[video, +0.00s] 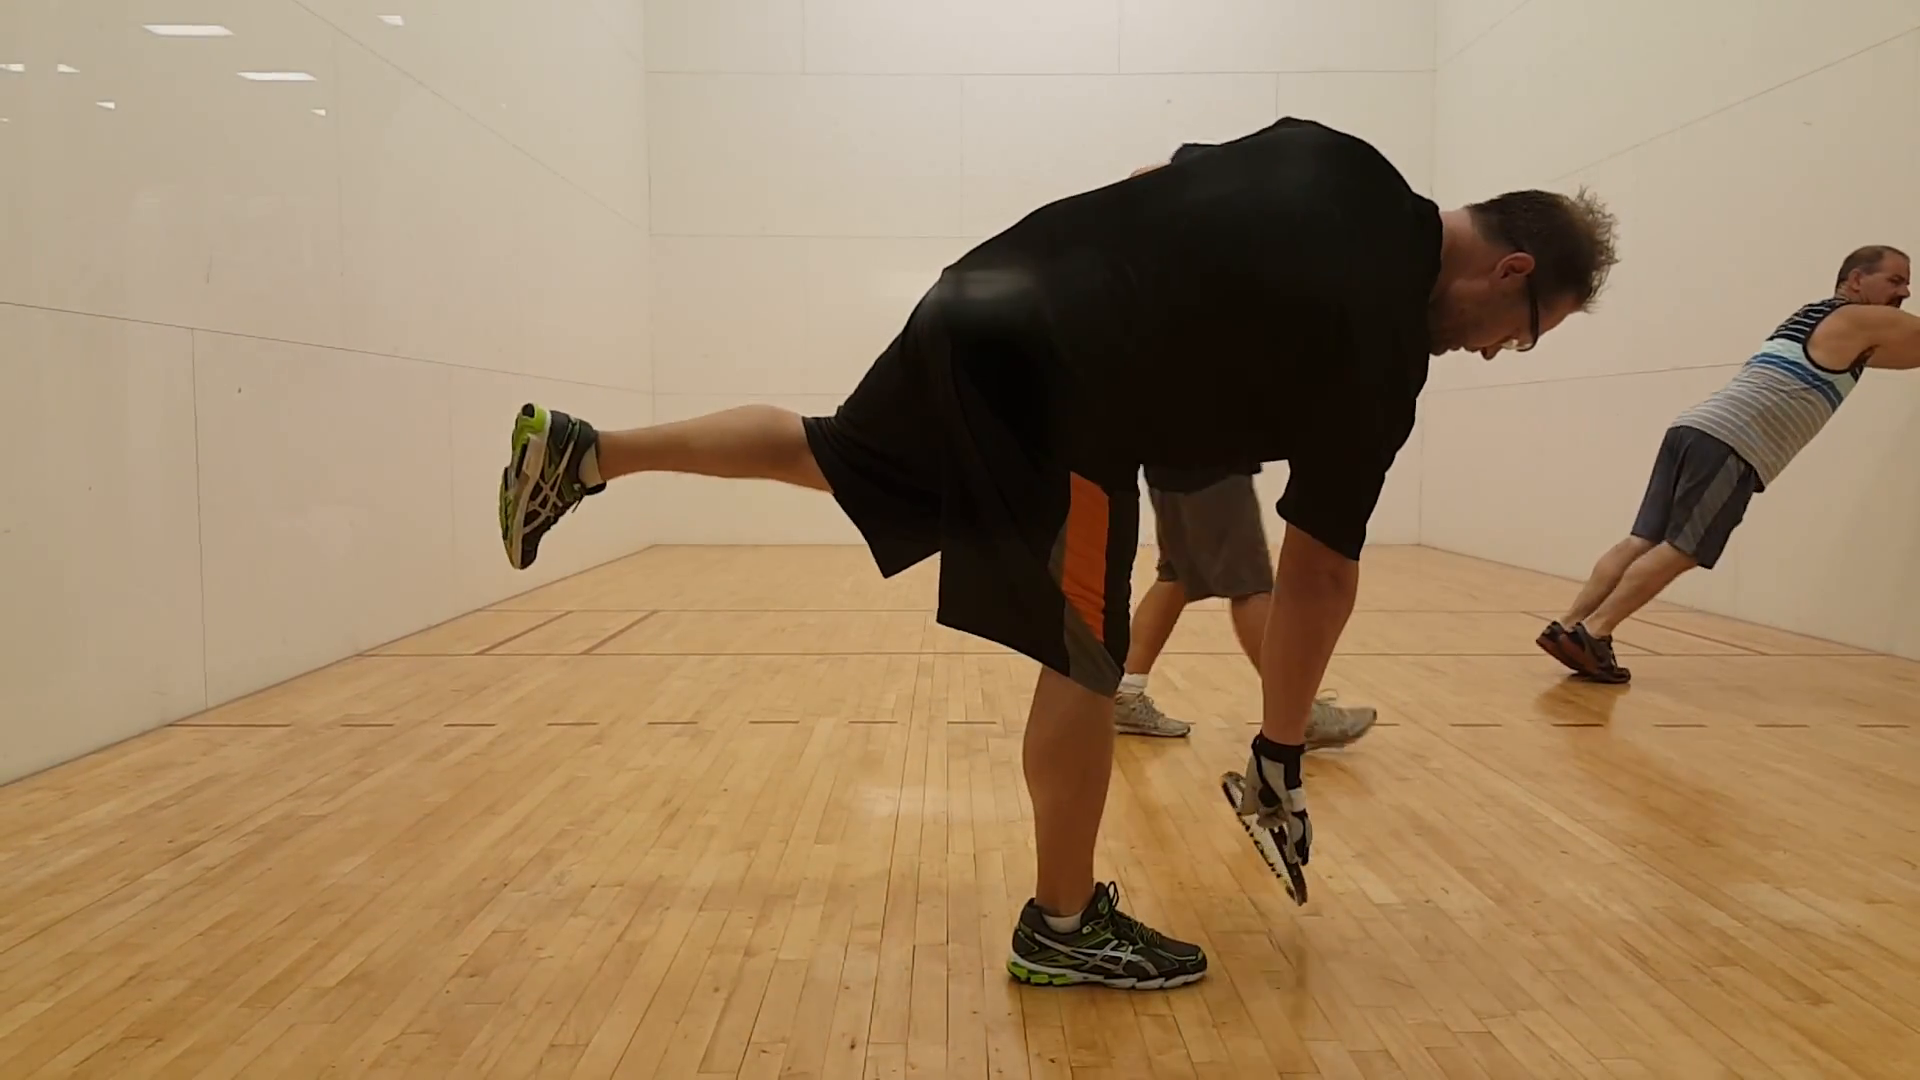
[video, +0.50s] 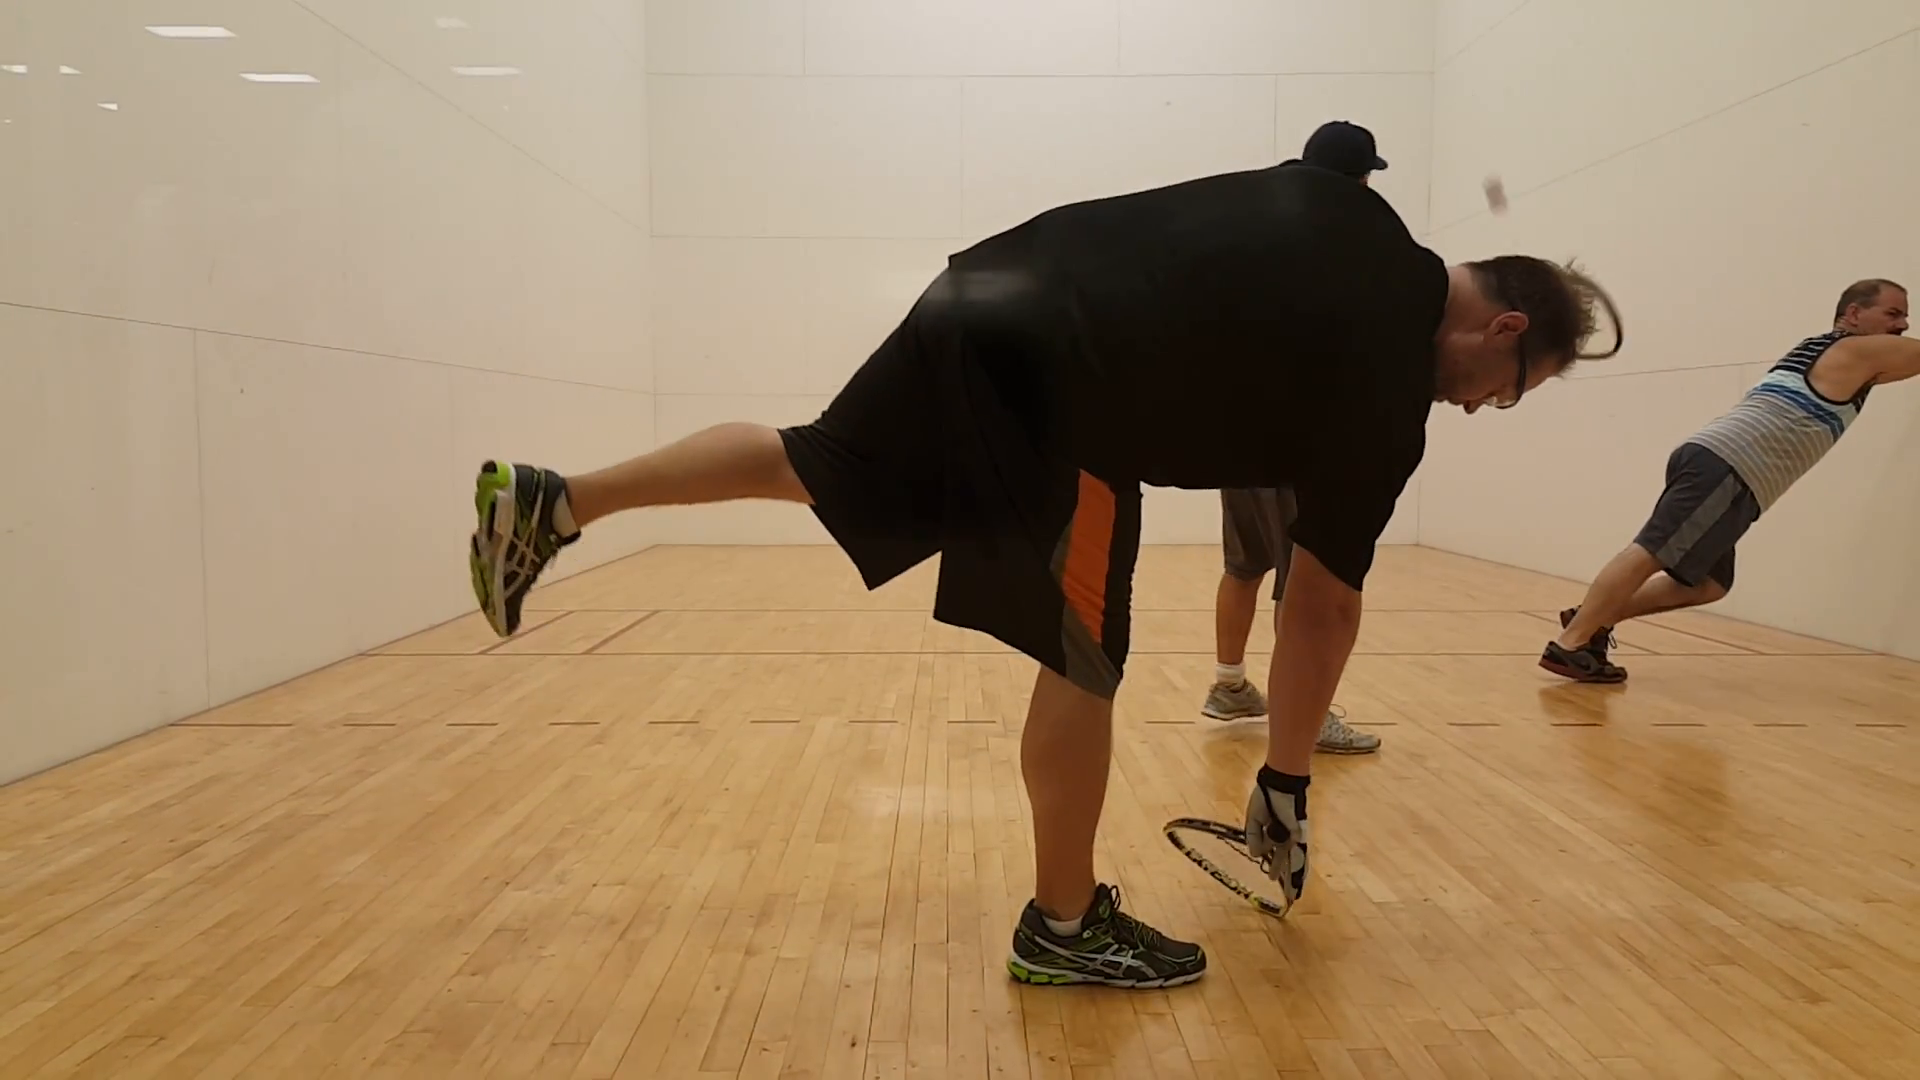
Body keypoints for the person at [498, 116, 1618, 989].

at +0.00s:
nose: (1496, 352)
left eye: (1518, 339)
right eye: (1520, 329)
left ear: (1479, 229)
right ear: (1506, 267)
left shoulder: (1329, 155)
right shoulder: (1382, 348)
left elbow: (1153, 183)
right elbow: (1314, 574)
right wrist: (1279, 753)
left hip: (982, 296)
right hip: (1067, 385)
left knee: (840, 455)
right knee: (1089, 646)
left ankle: (585, 451)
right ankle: (1063, 921)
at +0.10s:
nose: (1494, 365)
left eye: (1515, 353)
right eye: (1517, 342)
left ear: (1481, 245)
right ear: (1505, 279)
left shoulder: (1331, 168)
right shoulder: (1380, 356)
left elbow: (1189, 250)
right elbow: (1316, 585)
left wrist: (1231, 508)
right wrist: (1281, 757)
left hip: (978, 302)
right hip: (1064, 391)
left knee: (843, 466)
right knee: (1103, 658)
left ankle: (584, 468)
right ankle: (1064, 923)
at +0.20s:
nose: (1491, 379)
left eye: (1513, 367)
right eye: (1514, 355)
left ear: (1481, 259)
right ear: (1504, 291)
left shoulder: (1328, 184)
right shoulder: (1382, 369)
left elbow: (1192, 236)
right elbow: (1315, 590)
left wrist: (1238, 474)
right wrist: (1280, 767)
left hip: (978, 310)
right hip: (1070, 398)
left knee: (842, 478)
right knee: (1100, 664)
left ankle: (586, 502)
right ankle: (1063, 923)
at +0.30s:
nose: (1484, 390)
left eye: (1505, 379)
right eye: (1506, 368)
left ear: (1479, 270)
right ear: (1500, 302)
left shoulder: (1337, 193)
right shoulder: (1376, 377)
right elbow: (1319, 590)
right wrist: (1284, 773)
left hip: (976, 304)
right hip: (1065, 400)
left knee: (844, 479)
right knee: (1084, 665)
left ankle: (584, 530)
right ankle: (1062, 921)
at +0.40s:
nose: (1480, 398)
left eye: (1501, 387)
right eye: (1503, 379)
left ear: (1481, 276)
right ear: (1499, 315)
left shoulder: (1342, 197)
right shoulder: (1377, 383)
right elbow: (1318, 604)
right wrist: (1283, 778)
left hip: (977, 298)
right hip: (1064, 399)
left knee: (835, 474)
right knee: (1081, 662)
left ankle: (574, 527)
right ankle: (1062, 922)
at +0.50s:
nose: (1487, 407)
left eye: (1508, 394)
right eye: (1508, 387)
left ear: (1474, 285)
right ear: (1493, 334)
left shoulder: (1345, 205)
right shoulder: (1383, 392)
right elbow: (1319, 607)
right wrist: (1285, 786)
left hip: (979, 289)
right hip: (1065, 394)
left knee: (824, 463)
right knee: (1081, 661)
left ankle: (560, 504)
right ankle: (1063, 922)